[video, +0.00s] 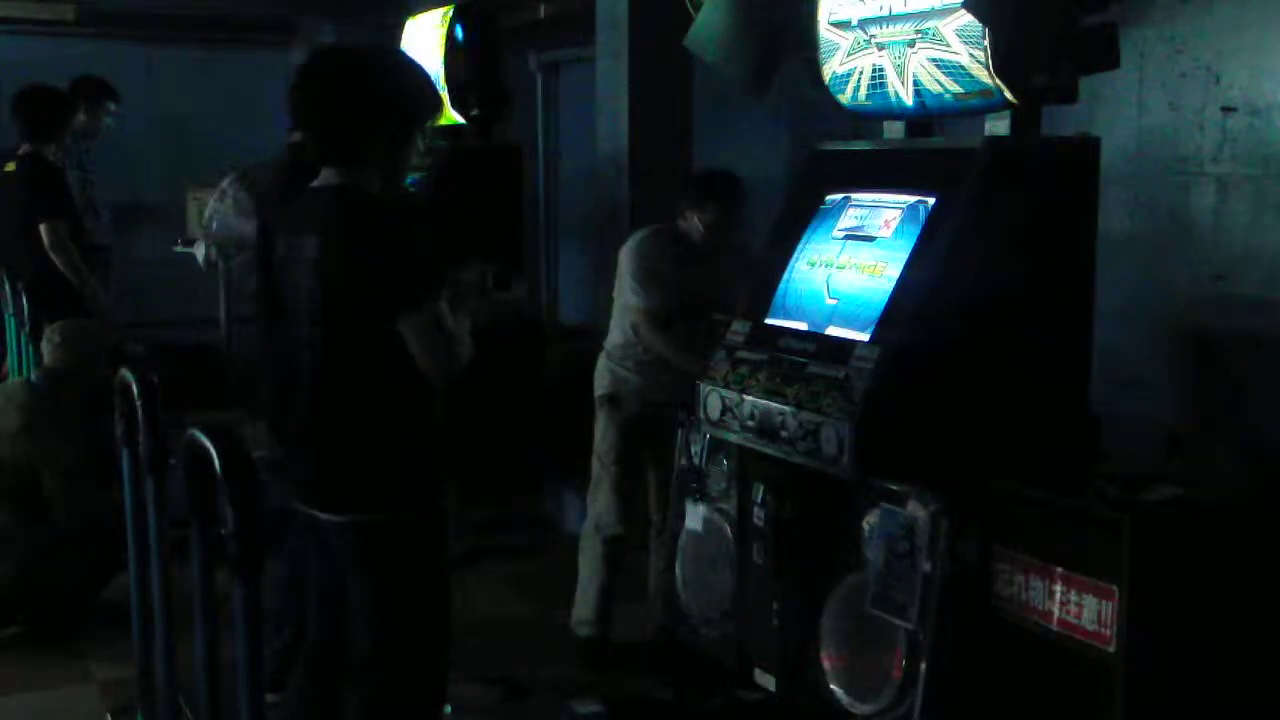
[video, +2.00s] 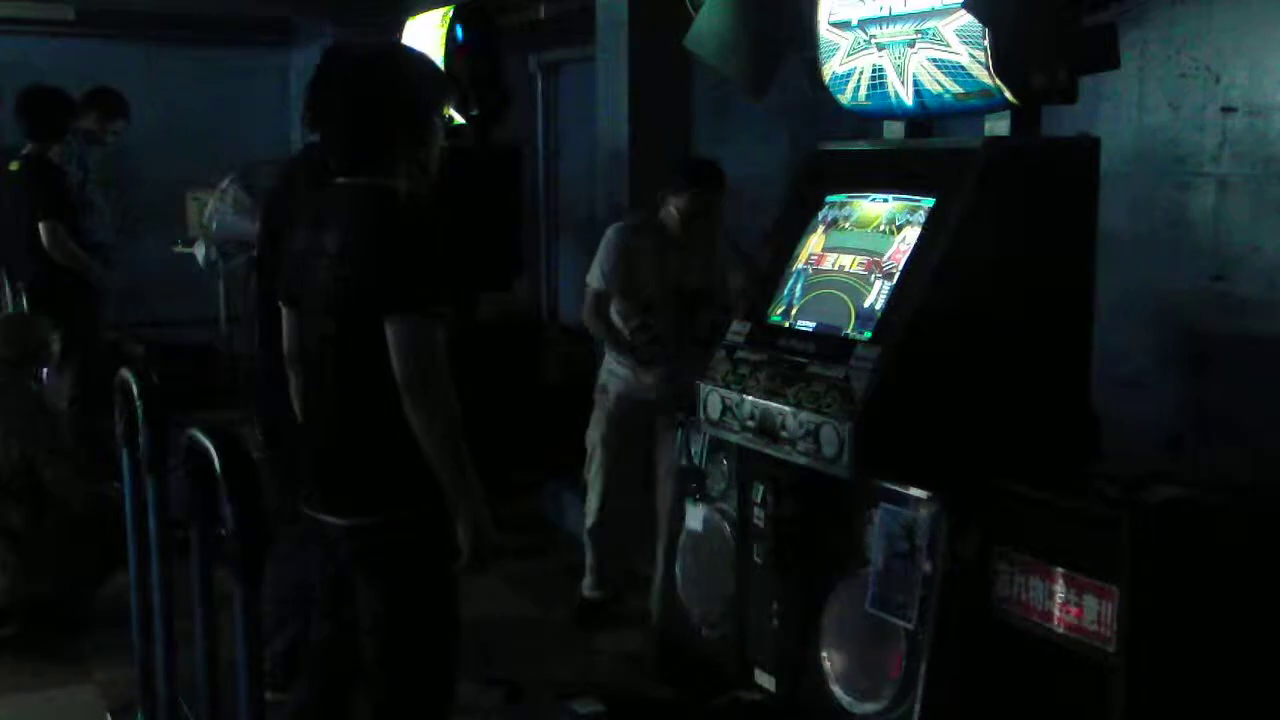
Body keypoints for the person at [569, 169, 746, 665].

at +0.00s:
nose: (712, 230)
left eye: (720, 222)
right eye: (706, 219)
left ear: (728, 222)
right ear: (687, 211)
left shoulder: (715, 258)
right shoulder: (646, 248)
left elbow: (724, 318)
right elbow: (645, 327)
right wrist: (699, 366)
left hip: (675, 391)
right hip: (623, 387)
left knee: (670, 511)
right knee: (611, 509)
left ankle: (666, 623)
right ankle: (590, 626)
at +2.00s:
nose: (693, 217)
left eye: (702, 208)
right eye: (688, 205)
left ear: (712, 208)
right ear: (669, 196)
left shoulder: (711, 246)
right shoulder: (624, 238)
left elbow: (726, 311)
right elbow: (593, 311)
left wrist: (699, 361)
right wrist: (637, 361)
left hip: (681, 386)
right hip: (623, 384)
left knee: (676, 499)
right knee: (606, 495)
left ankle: (668, 605)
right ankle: (597, 592)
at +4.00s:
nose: (580, 215)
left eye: (584, 204)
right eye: (576, 206)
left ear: (607, 194)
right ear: (592, 202)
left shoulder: (650, 233)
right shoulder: (612, 235)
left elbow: (677, 303)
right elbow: (623, 306)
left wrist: (685, 376)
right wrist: (618, 356)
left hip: (651, 372)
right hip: (618, 368)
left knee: (641, 485)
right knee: (618, 483)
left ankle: (653, 598)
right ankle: (633, 586)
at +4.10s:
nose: (580, 215)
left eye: (584, 204)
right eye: (576, 206)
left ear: (607, 193)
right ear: (593, 202)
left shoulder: (650, 232)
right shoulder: (613, 235)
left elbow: (678, 304)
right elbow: (624, 306)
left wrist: (685, 377)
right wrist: (618, 356)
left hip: (651, 371)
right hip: (619, 367)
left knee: (642, 485)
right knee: (618, 483)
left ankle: (654, 598)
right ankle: (635, 587)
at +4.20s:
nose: (580, 215)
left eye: (583, 204)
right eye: (576, 206)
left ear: (607, 193)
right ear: (594, 201)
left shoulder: (650, 231)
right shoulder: (614, 235)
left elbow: (678, 304)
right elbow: (625, 307)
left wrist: (686, 378)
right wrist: (617, 358)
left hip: (650, 375)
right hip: (618, 370)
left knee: (642, 486)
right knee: (619, 484)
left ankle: (653, 598)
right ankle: (634, 586)